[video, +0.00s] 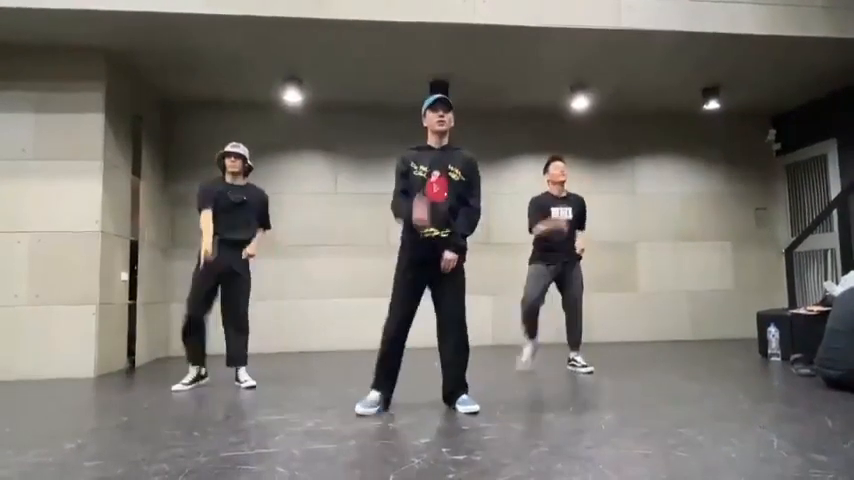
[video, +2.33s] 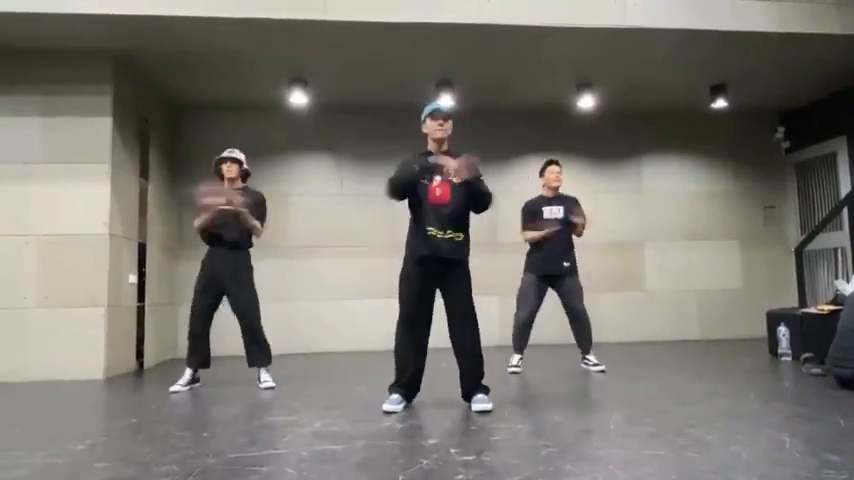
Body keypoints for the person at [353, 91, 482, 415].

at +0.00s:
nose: (441, 116)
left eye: (446, 111)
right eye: (434, 111)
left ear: (453, 118)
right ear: (424, 118)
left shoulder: (466, 162)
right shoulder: (409, 159)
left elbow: (471, 209)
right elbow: (398, 202)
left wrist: (456, 245)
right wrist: (412, 211)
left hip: (449, 254)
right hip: (413, 254)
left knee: (454, 326)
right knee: (396, 324)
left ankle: (457, 393)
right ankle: (380, 392)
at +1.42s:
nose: (401, 121)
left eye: (407, 115)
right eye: (396, 116)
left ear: (419, 123)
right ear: (390, 124)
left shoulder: (435, 161)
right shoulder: (379, 167)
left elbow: (443, 207)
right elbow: (361, 206)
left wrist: (422, 243)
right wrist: (368, 233)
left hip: (421, 256)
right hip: (385, 258)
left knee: (439, 322)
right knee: (377, 323)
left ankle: (466, 385)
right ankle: (377, 390)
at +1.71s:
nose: (410, 119)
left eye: (416, 114)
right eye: (407, 115)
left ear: (432, 117)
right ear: (403, 121)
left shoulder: (446, 146)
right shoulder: (408, 161)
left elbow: (459, 192)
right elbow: (399, 203)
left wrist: (441, 231)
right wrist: (374, 208)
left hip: (447, 249)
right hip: (414, 250)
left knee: (458, 317)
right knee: (398, 316)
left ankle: (475, 387)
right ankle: (381, 388)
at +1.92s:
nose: (442, 127)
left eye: (447, 122)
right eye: (436, 122)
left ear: (456, 128)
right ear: (427, 127)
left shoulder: (473, 166)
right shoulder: (417, 171)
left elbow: (481, 211)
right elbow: (412, 213)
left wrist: (466, 247)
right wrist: (412, 239)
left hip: (465, 257)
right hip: (429, 258)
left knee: (469, 326)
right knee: (415, 324)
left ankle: (474, 389)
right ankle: (404, 390)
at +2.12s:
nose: (455, 121)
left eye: (459, 117)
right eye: (448, 116)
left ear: (463, 124)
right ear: (434, 123)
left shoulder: (473, 167)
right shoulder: (421, 164)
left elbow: (482, 209)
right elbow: (417, 208)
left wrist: (469, 217)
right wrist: (453, 212)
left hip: (464, 257)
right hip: (430, 257)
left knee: (472, 323)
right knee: (418, 323)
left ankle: (475, 390)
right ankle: (401, 389)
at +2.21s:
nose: (453, 123)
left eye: (456, 119)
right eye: (446, 118)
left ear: (460, 126)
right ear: (432, 125)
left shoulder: (470, 165)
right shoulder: (419, 163)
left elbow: (474, 210)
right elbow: (420, 197)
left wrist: (455, 207)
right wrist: (466, 199)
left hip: (461, 253)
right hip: (427, 254)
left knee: (470, 321)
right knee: (417, 321)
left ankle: (476, 390)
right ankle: (400, 389)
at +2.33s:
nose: (441, 125)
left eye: (445, 120)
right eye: (435, 120)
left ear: (452, 126)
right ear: (424, 126)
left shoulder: (464, 165)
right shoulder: (414, 163)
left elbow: (481, 205)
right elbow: (395, 191)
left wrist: (470, 178)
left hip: (455, 260)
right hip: (419, 259)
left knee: (464, 324)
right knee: (411, 324)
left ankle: (475, 390)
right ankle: (402, 390)